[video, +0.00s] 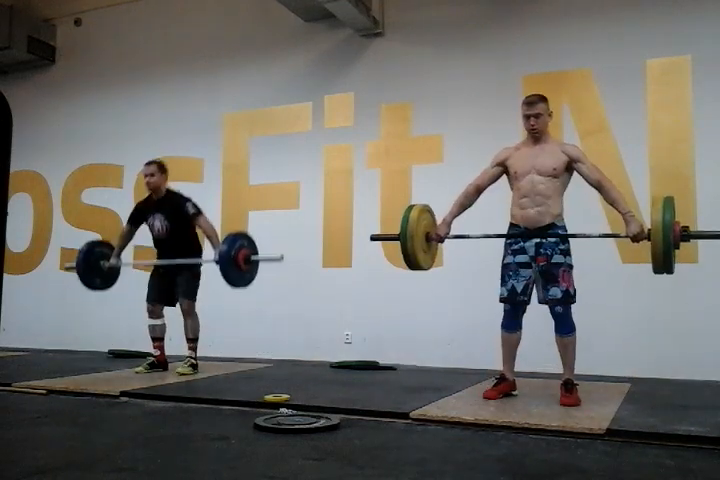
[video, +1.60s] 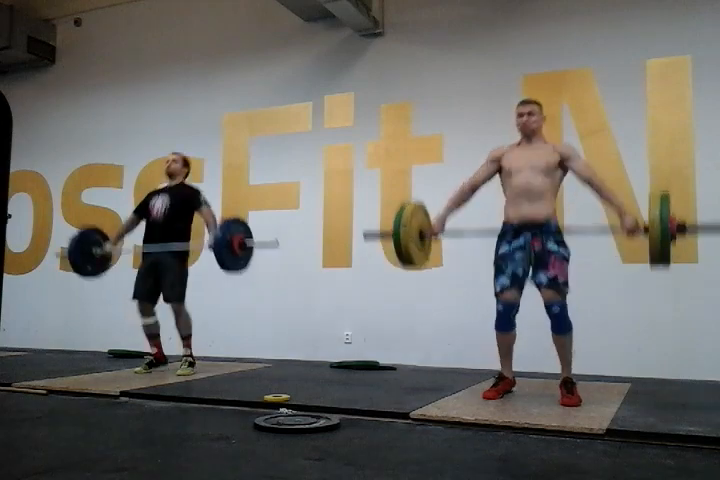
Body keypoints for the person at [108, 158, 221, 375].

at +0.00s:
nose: (148, 180)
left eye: (152, 175)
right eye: (145, 176)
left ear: (164, 176)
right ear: (144, 179)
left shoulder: (180, 201)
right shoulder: (143, 207)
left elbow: (203, 223)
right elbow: (128, 232)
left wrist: (218, 247)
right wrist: (115, 255)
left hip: (188, 263)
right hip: (164, 263)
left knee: (186, 306)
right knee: (154, 307)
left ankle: (191, 359)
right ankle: (159, 358)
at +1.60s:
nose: (169, 163)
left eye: (175, 161)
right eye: (168, 161)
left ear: (185, 170)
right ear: (164, 168)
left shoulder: (191, 193)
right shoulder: (153, 195)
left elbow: (207, 214)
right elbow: (133, 220)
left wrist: (213, 235)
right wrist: (112, 241)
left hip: (175, 256)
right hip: (150, 257)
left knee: (176, 304)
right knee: (144, 304)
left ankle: (188, 356)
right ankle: (157, 355)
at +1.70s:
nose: (176, 159)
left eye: (182, 157)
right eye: (174, 157)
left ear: (192, 165)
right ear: (172, 165)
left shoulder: (196, 183)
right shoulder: (159, 187)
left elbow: (212, 197)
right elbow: (134, 204)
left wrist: (220, 211)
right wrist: (109, 213)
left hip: (174, 243)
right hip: (149, 243)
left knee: (177, 294)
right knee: (138, 295)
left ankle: (187, 346)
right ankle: (150, 343)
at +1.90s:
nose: (156, 190)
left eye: (161, 187)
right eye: (155, 187)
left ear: (172, 190)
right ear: (153, 191)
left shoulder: (184, 209)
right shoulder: (148, 211)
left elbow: (206, 203)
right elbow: (122, 207)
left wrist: (205, 180)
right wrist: (102, 188)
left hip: (176, 276)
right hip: (152, 277)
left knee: (170, 309)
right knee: (114, 310)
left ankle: (178, 362)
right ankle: (125, 360)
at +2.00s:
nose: (139, 211)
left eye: (144, 207)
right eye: (138, 207)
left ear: (156, 208)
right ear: (136, 209)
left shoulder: (170, 225)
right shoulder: (134, 227)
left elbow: (191, 206)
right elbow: (110, 210)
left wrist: (201, 181)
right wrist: (96, 189)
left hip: (173, 289)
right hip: (148, 291)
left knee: (169, 313)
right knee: (107, 315)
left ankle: (177, 361)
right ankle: (124, 361)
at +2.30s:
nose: (115, 235)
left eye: (120, 231)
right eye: (114, 231)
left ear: (134, 233)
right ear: (112, 234)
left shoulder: (152, 248)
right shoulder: (115, 250)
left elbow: (183, 229)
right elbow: (99, 231)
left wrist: (203, 205)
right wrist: (92, 213)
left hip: (163, 305)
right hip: (138, 308)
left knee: (167, 316)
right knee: (98, 322)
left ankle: (176, 361)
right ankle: (123, 361)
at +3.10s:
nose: (119, 208)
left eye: (123, 203)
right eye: (117, 205)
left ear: (137, 204)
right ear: (115, 207)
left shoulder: (155, 220)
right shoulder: (118, 222)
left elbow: (186, 202)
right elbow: (103, 203)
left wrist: (211, 179)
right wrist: (98, 186)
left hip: (169, 276)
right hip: (144, 280)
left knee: (169, 309)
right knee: (110, 311)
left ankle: (177, 361)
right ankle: (124, 360)